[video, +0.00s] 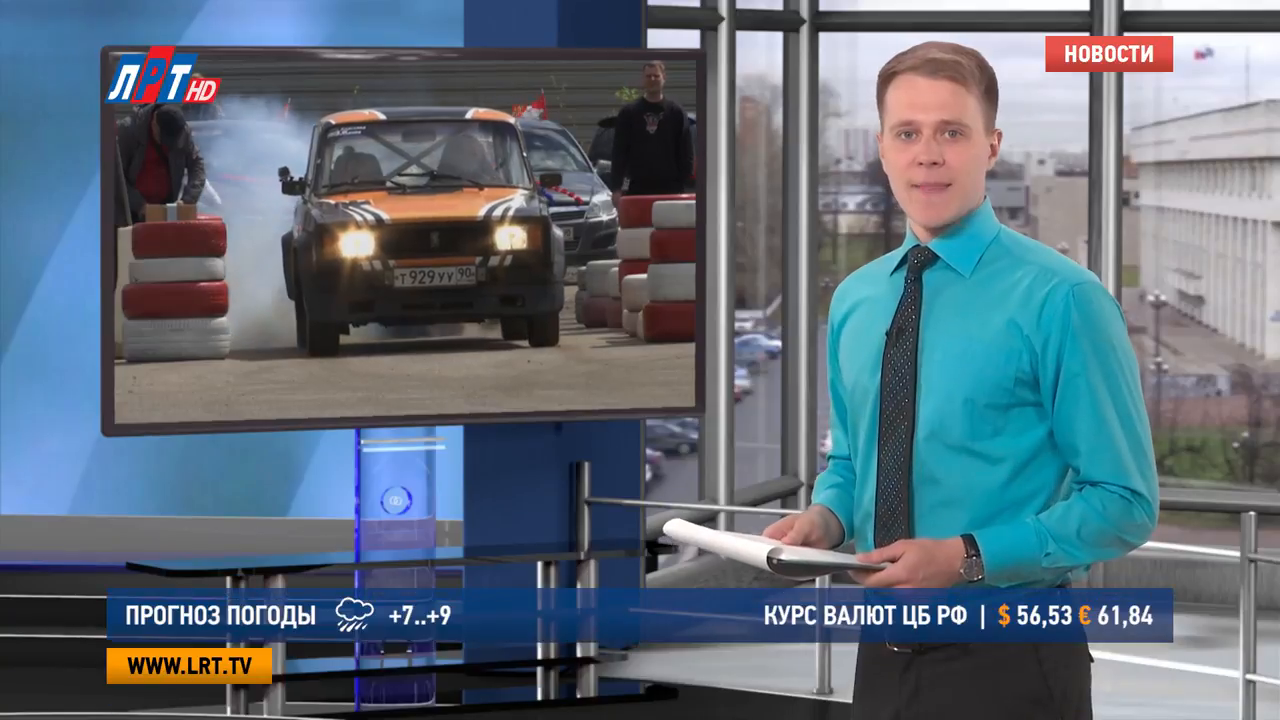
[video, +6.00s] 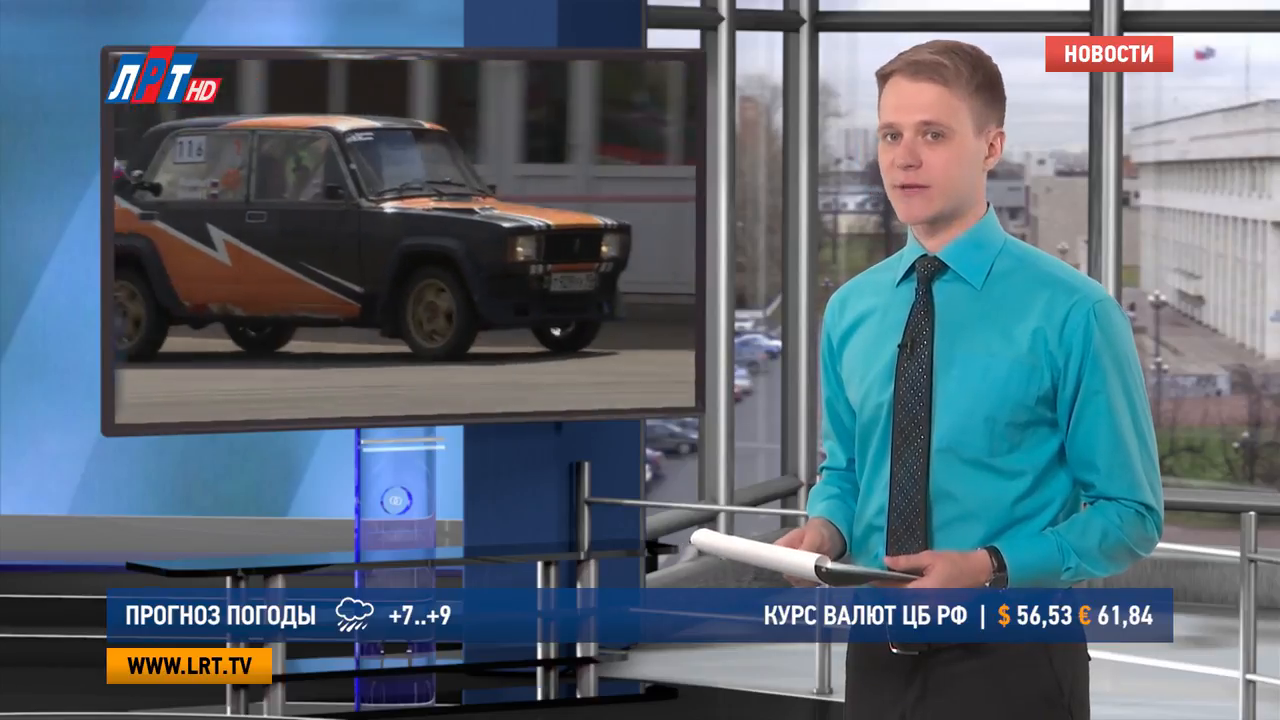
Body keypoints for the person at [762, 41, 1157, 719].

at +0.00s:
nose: (928, 155)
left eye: (951, 132)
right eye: (907, 133)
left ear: (991, 146)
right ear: (882, 148)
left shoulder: (1062, 298)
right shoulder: (855, 299)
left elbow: (1126, 501)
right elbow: (849, 464)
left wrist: (969, 557)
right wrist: (822, 519)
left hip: (1013, 658)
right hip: (884, 655)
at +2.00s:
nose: (928, 149)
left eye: (953, 129)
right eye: (909, 128)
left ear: (990, 149)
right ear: (879, 145)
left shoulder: (1062, 306)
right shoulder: (843, 306)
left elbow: (1121, 509)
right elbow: (834, 469)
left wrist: (974, 563)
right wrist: (813, 526)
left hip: (1005, 659)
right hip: (873, 655)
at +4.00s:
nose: (905, 173)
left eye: (930, 146)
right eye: (885, 150)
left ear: (980, 147)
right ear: (867, 156)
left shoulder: (1066, 309)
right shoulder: (846, 309)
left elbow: (1127, 509)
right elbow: (842, 470)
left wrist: (981, 565)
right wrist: (819, 530)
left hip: (1006, 661)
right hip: (875, 659)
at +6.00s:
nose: (905, 158)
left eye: (933, 134)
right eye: (891, 135)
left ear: (991, 144)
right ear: (877, 145)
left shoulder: (1074, 312)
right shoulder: (850, 309)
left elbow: (1131, 512)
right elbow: (842, 470)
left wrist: (991, 566)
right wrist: (820, 533)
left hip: (1010, 659)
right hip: (877, 655)